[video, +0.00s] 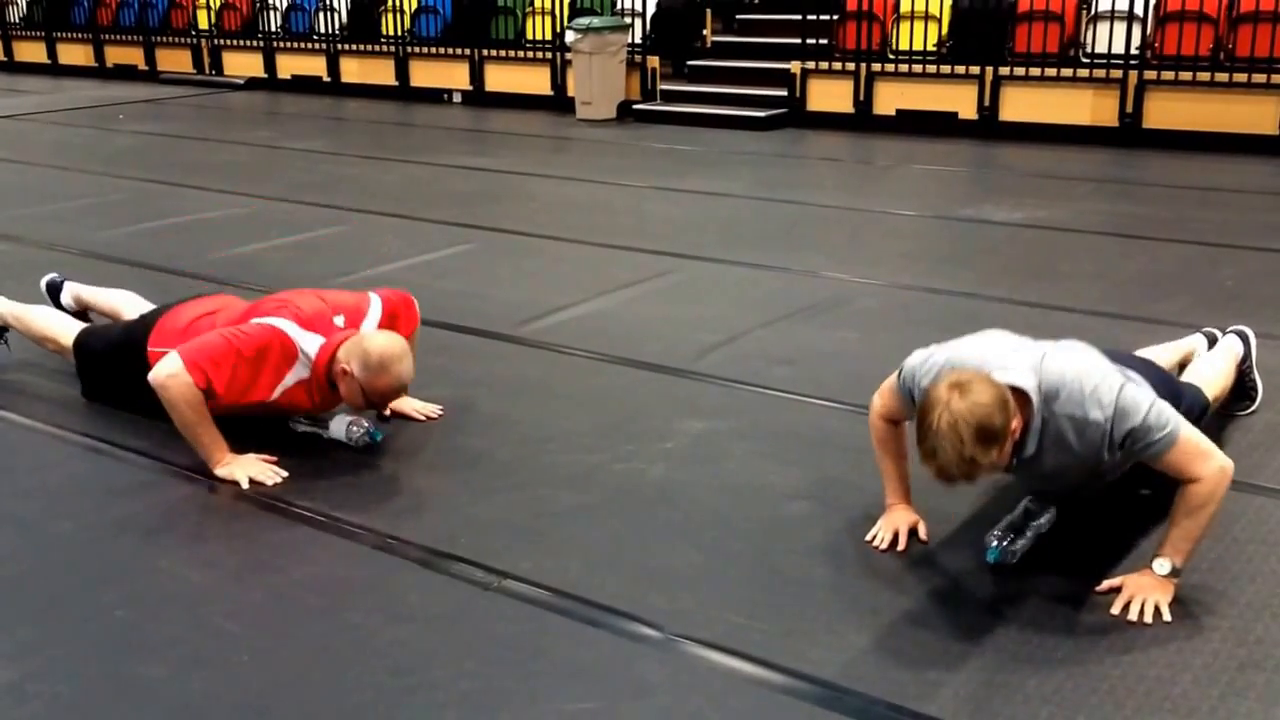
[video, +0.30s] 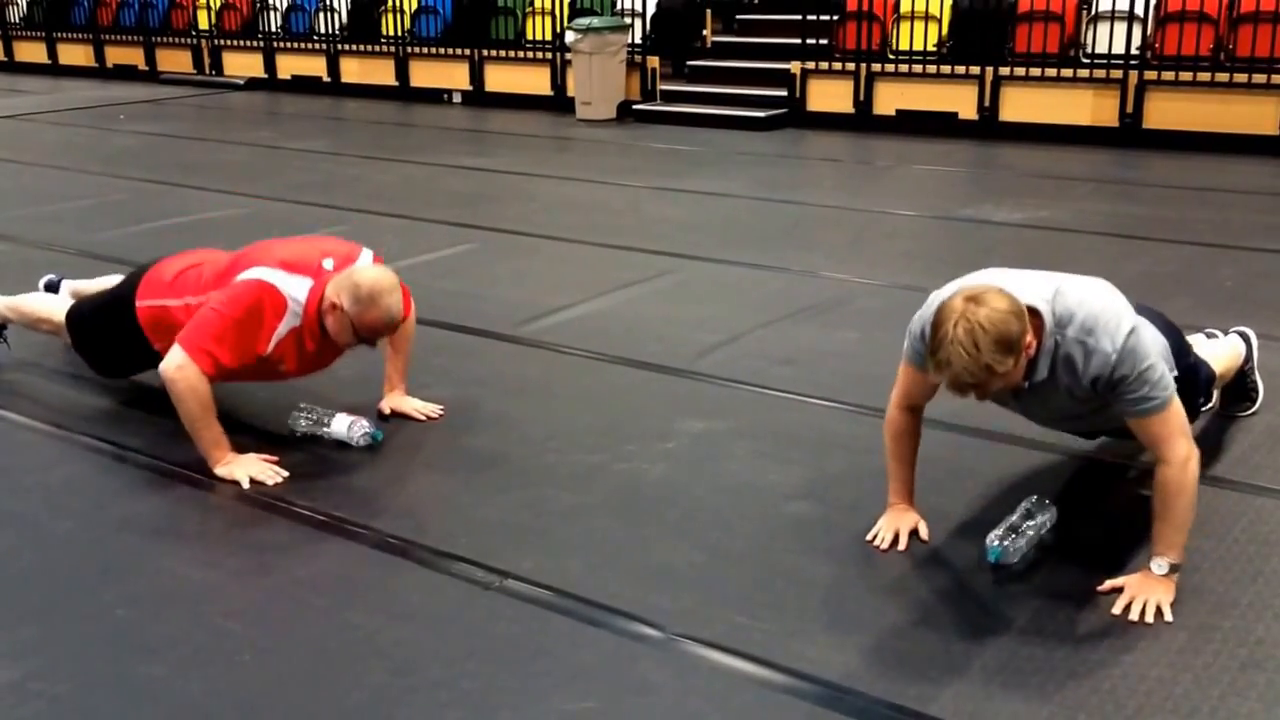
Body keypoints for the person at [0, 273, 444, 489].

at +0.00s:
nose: (364, 409)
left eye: (378, 405)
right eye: (360, 402)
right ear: (342, 369)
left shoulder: (392, 315)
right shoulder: (270, 347)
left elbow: (405, 312)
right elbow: (170, 379)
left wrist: (390, 393)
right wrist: (223, 459)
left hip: (221, 312)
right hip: (158, 342)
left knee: (141, 315)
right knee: (72, 341)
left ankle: (67, 291)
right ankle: (5, 307)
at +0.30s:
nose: (361, 343)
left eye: (372, 336)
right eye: (356, 332)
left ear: (389, 313)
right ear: (332, 304)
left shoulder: (370, 276)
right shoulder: (261, 300)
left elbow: (403, 318)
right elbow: (180, 371)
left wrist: (396, 390)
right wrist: (223, 458)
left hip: (203, 277)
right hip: (149, 307)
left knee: (128, 288)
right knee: (69, 319)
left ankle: (64, 286)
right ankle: (6, 309)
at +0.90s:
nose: (368, 410)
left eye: (381, 404)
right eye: (363, 403)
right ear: (343, 372)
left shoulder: (389, 313)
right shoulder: (271, 345)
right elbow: (168, 376)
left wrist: (388, 394)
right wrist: (223, 457)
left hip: (223, 308)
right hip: (160, 337)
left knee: (142, 310)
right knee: (74, 339)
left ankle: (68, 289)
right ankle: (5, 306)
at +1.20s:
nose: (350, 358)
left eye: (364, 356)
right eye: (349, 349)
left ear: (390, 322)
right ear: (332, 317)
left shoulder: (374, 291)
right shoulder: (259, 312)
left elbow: (400, 317)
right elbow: (172, 374)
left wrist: (393, 388)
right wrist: (222, 457)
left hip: (200, 285)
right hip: (147, 322)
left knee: (133, 293)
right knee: (73, 326)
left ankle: (65, 286)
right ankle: (6, 307)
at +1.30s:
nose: (354, 325)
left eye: (366, 318)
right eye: (350, 315)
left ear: (386, 285)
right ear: (324, 287)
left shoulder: (362, 257)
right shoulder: (253, 281)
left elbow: (396, 314)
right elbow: (183, 366)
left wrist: (393, 389)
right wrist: (222, 456)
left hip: (196, 268)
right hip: (144, 299)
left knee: (118, 287)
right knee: (69, 316)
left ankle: (66, 288)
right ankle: (8, 305)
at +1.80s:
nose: (355, 388)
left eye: (365, 384)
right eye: (351, 381)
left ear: (392, 336)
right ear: (331, 354)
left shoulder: (375, 302)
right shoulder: (256, 330)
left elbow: (395, 311)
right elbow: (164, 377)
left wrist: (389, 386)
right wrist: (220, 458)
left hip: (198, 301)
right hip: (144, 335)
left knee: (140, 304)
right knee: (67, 333)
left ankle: (68, 288)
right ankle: (4, 307)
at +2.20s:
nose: (345, 342)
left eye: (357, 337)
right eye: (343, 333)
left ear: (379, 310)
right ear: (322, 301)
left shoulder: (362, 273)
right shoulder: (250, 295)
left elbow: (397, 316)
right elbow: (172, 370)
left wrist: (390, 391)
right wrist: (220, 457)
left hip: (192, 276)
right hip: (141, 308)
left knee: (123, 287)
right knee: (66, 319)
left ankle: (64, 285)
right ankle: (4, 308)